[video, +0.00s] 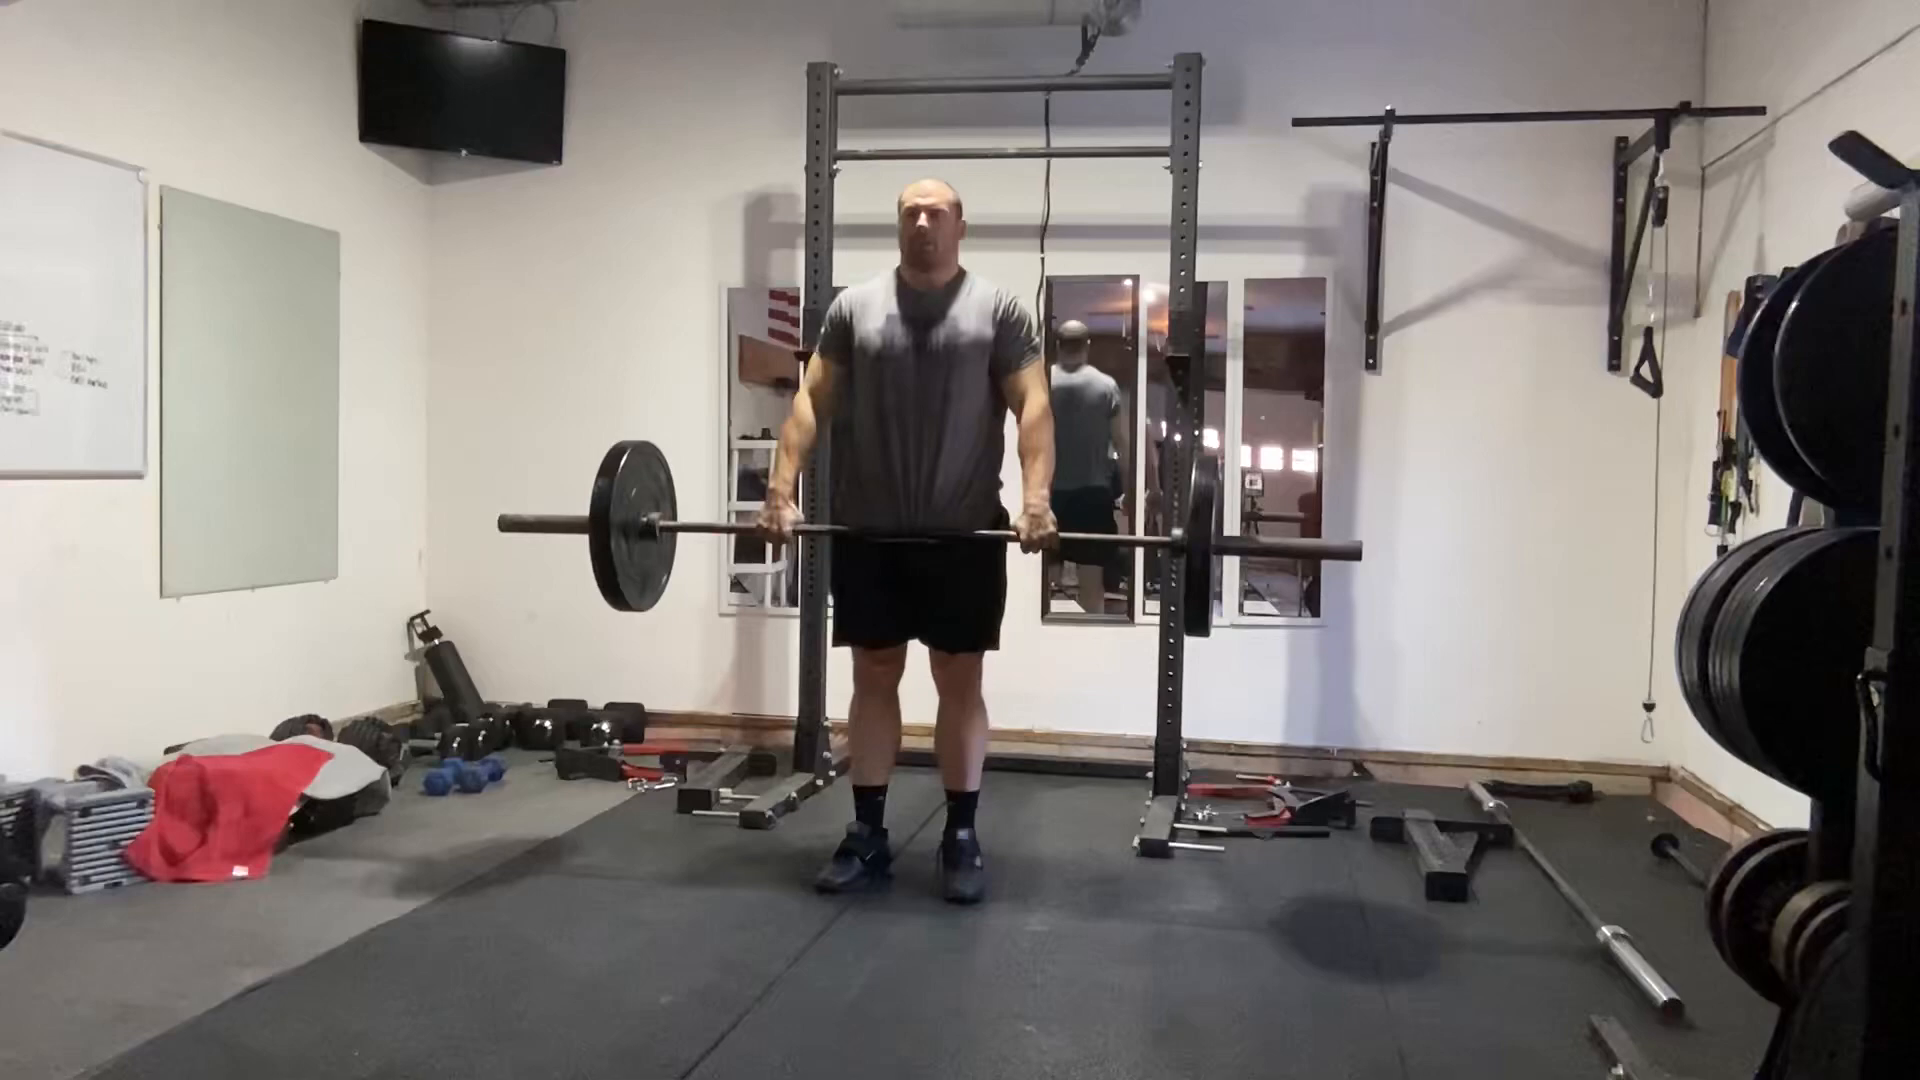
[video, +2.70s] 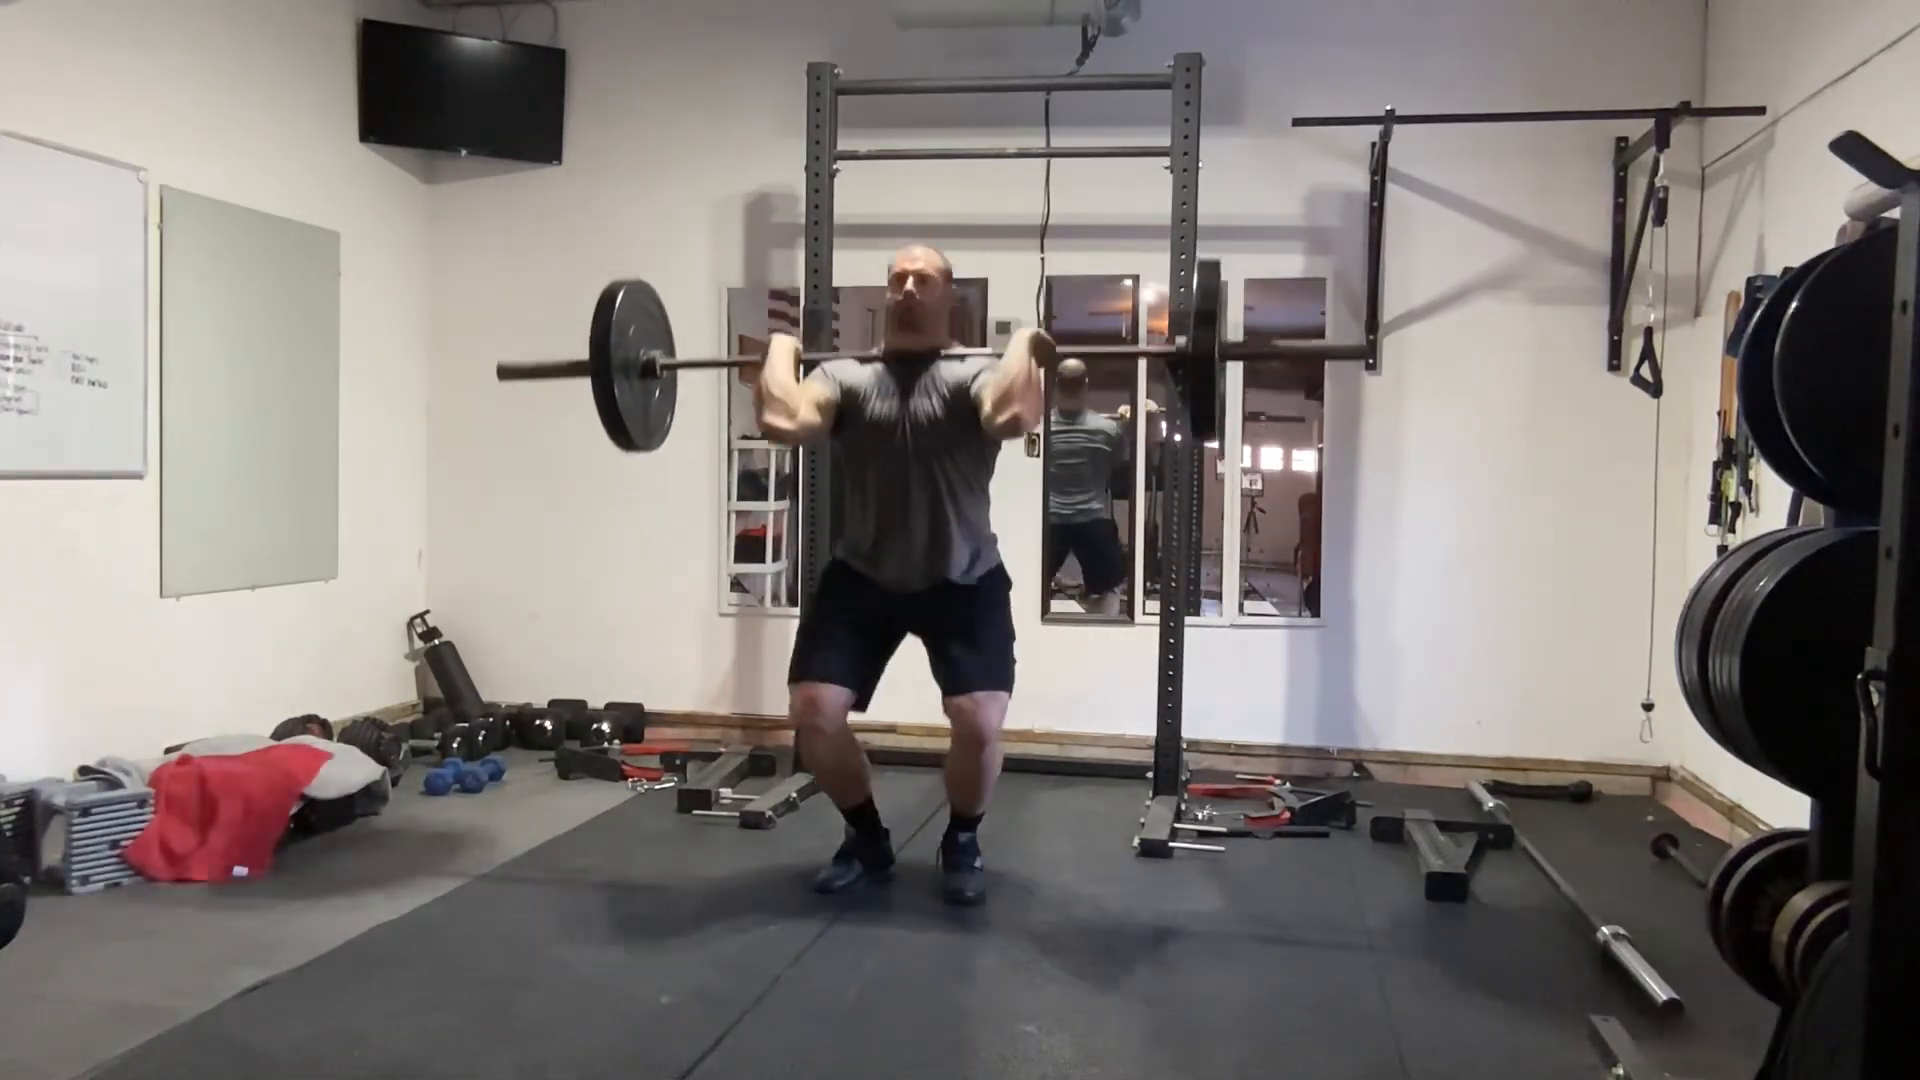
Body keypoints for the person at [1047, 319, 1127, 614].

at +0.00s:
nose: (1072, 350)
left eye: (1068, 345)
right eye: (1076, 344)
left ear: (1058, 345)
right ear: (1087, 345)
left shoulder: (1042, 384)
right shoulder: (1106, 385)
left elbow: (1031, 440)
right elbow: (1122, 442)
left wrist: (1033, 488)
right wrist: (1128, 491)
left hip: (1052, 489)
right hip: (1094, 490)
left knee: (1047, 568)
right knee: (1090, 572)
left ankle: (1039, 637)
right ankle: (1094, 639)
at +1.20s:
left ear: (1060, 392)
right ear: (1088, 392)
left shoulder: (1044, 421)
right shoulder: (1106, 427)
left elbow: (1032, 466)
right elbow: (1119, 482)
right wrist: (1127, 537)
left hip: (1051, 498)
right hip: (1091, 499)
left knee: (1036, 565)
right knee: (1101, 571)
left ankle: (1033, 633)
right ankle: (1097, 640)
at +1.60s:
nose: (1079, 356)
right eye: (1084, 350)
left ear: (1057, 352)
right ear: (1085, 353)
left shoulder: (1043, 386)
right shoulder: (1103, 389)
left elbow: (1031, 441)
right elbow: (1127, 440)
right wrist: (1129, 491)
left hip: (1051, 492)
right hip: (1093, 491)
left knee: (1047, 566)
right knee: (1094, 569)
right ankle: (1095, 631)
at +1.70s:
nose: (1068, 347)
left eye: (1063, 341)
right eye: (1072, 340)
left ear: (1053, 341)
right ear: (1083, 341)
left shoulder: (1044, 378)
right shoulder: (1102, 375)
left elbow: (1030, 426)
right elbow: (1129, 421)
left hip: (1050, 483)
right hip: (1090, 481)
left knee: (1044, 569)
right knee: (1091, 568)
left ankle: (1034, 639)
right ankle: (1098, 636)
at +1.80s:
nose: (1069, 348)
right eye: (1072, 340)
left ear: (1051, 342)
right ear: (1081, 342)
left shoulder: (1041, 375)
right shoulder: (1097, 374)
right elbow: (1129, 412)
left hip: (1047, 486)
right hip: (1088, 482)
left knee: (1043, 573)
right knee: (1092, 570)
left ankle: (1033, 642)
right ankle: (1098, 638)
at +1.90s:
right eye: (1082, 344)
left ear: (1053, 348)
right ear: (1082, 347)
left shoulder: (1041, 384)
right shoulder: (1098, 385)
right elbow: (1120, 429)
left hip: (1047, 490)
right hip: (1087, 487)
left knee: (1044, 573)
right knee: (1089, 572)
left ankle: (1036, 641)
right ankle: (1096, 637)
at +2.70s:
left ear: (1056, 386)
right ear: (1086, 385)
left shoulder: (1041, 427)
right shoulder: (1107, 430)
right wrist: (1125, 425)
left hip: (1050, 523)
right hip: (1093, 523)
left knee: (1034, 589)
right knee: (1107, 589)